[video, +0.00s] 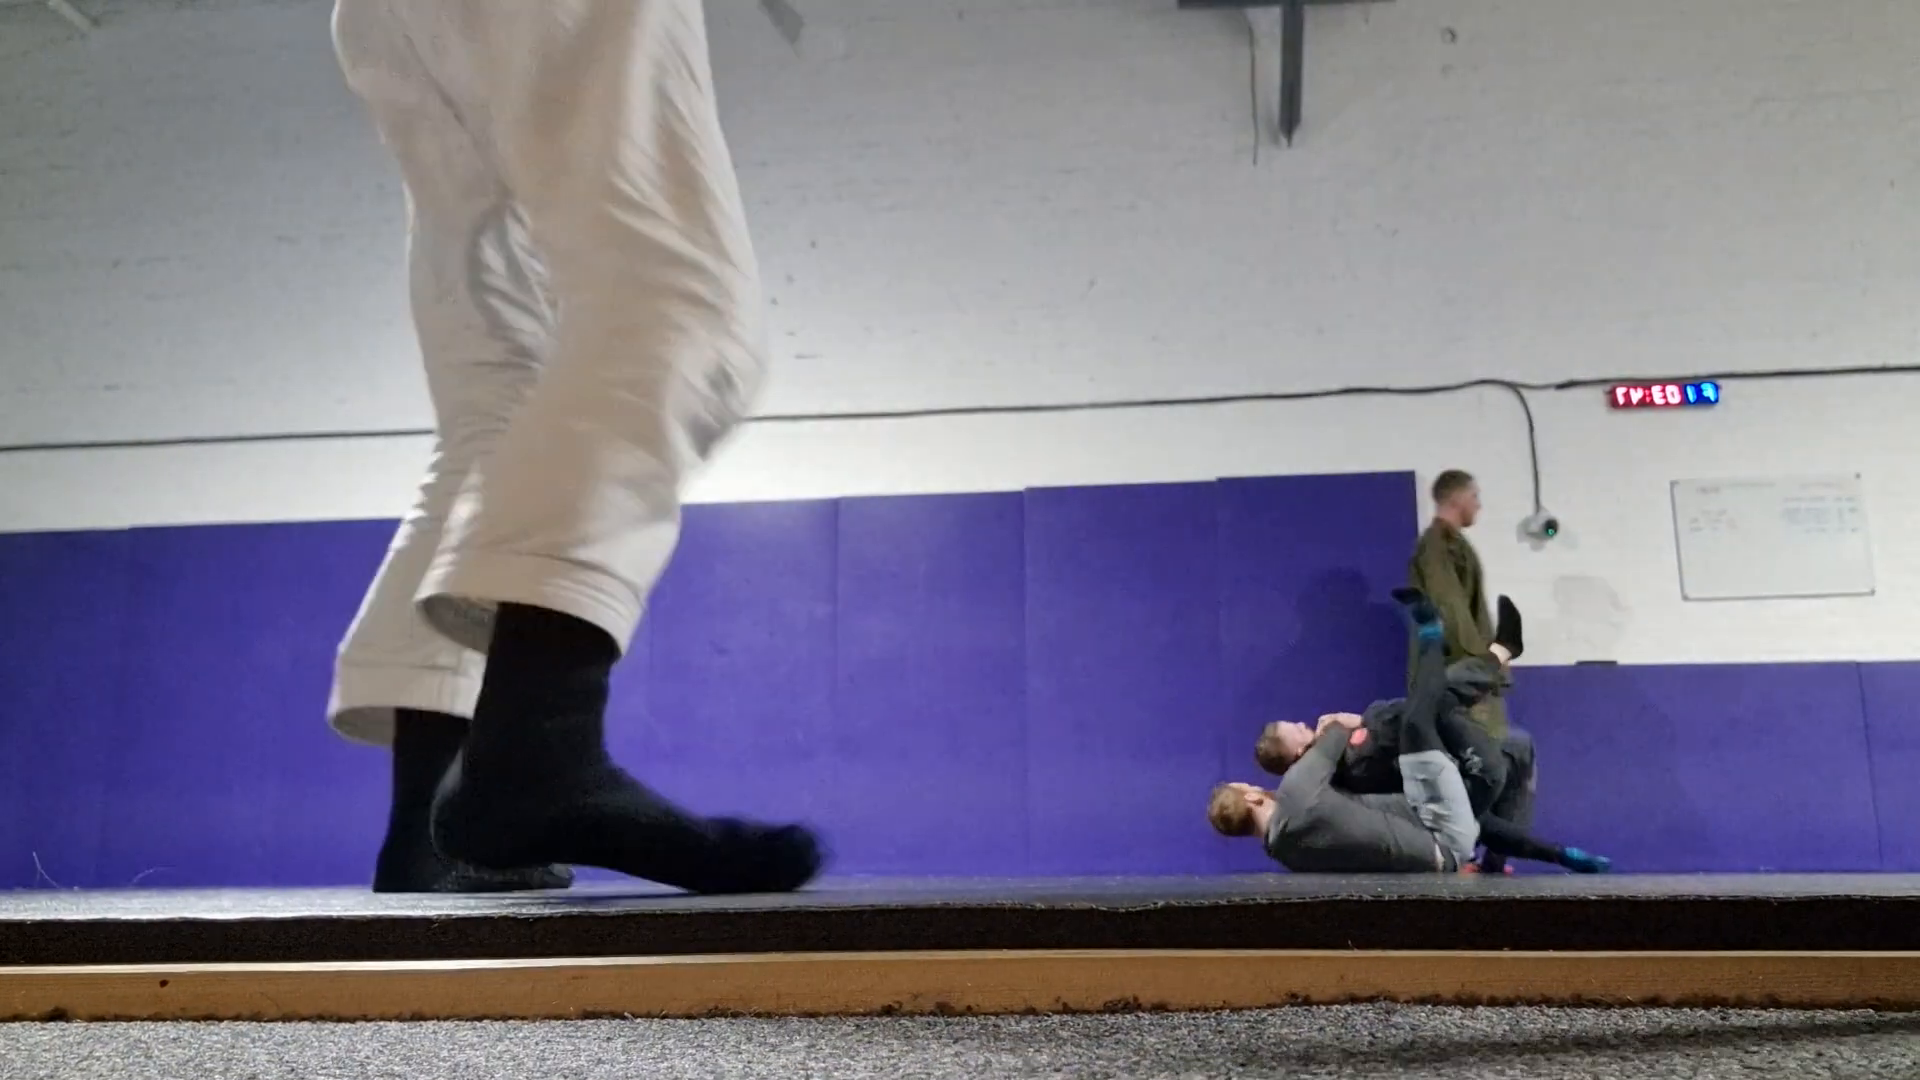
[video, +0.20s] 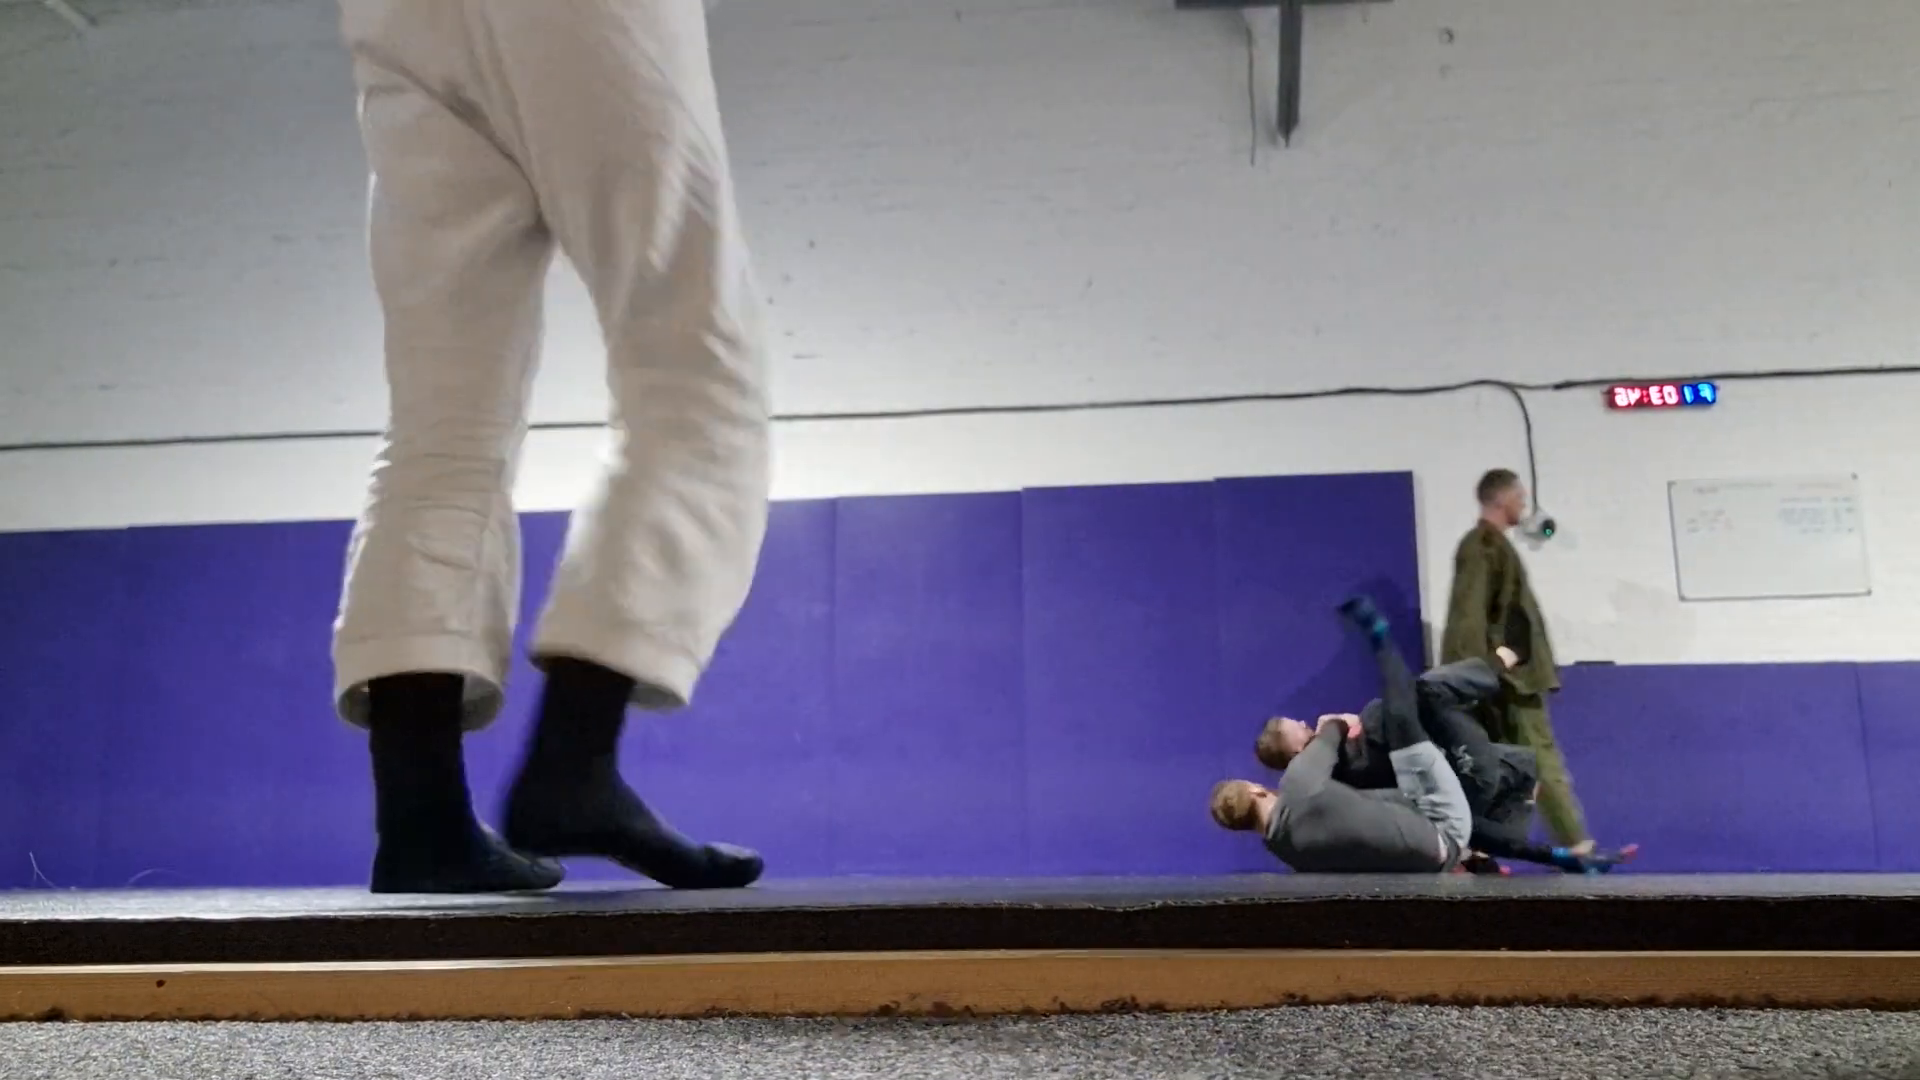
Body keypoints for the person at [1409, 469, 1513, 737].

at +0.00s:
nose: (1478, 504)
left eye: (1477, 496)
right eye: (1473, 496)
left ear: (1455, 499)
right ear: (1455, 498)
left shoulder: (1458, 544)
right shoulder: (1435, 546)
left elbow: (1475, 605)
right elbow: (1451, 606)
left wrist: (1490, 652)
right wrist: (1480, 656)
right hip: (1446, 663)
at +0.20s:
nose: (1524, 504)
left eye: (1523, 496)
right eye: (1519, 496)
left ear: (1494, 499)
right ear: (1500, 498)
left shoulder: (1495, 544)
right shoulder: (1479, 545)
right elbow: (1469, 613)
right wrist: (1480, 662)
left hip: (1511, 674)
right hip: (1508, 676)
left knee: (1491, 761)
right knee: (1543, 757)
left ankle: (1477, 846)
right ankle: (1576, 843)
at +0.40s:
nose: (1575, 500)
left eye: (1572, 492)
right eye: (1568, 492)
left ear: (1543, 497)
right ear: (1548, 497)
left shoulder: (1543, 541)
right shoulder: (1533, 543)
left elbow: (1539, 612)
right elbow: (1523, 610)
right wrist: (1524, 668)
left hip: (1555, 674)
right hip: (1571, 675)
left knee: (1531, 761)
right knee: (1598, 761)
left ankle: (1482, 833)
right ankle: (1607, 857)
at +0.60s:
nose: (1623, 489)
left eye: (1621, 482)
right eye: (1617, 482)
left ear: (1592, 488)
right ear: (1596, 487)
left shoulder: (1585, 535)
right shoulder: (1586, 538)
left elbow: (1593, 607)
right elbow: (1601, 604)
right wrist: (1634, 651)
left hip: (1596, 664)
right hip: (1600, 665)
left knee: (1622, 747)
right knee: (1615, 750)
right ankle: (1606, 855)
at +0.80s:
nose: (1670, 491)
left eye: (1668, 484)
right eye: (1663, 484)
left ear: (1639, 492)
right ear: (1641, 490)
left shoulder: (1636, 536)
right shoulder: (1633, 537)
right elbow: (1667, 596)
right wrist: (1726, 627)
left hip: (1654, 670)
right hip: (1642, 671)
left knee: (1685, 760)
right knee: (1631, 762)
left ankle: (1733, 848)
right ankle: (1605, 856)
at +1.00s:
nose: (1718, 489)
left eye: (1715, 482)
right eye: (1710, 482)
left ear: (1688, 492)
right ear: (1689, 490)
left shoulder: (1689, 537)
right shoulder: (1683, 539)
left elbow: (1698, 608)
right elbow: (1713, 601)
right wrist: (1763, 641)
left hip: (1706, 669)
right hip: (1693, 671)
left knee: (1737, 755)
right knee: (1712, 752)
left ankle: (1750, 855)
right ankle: (1641, 826)